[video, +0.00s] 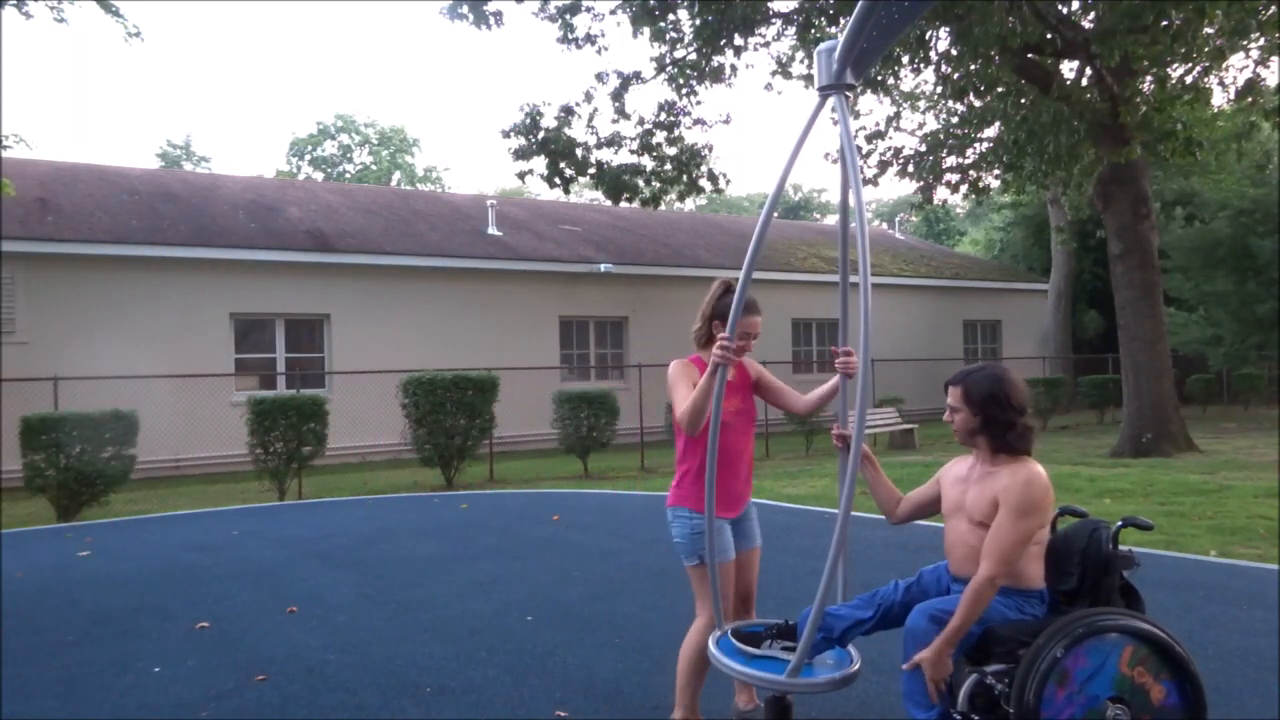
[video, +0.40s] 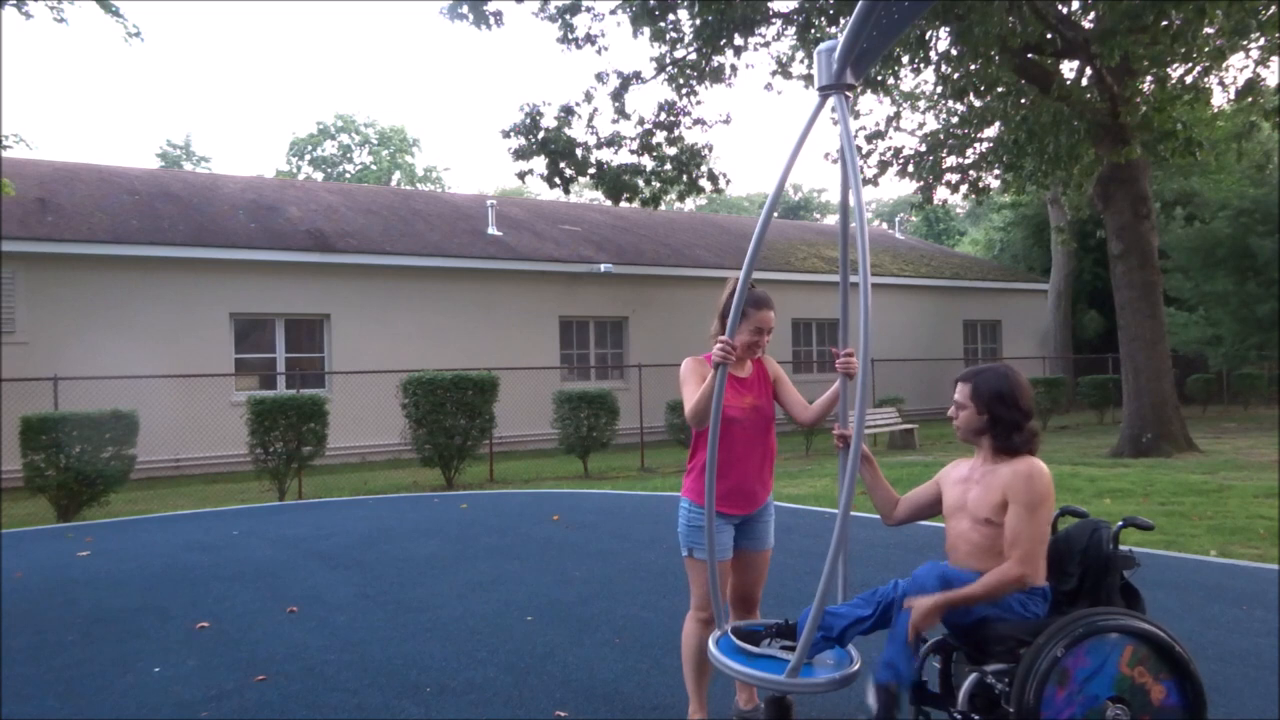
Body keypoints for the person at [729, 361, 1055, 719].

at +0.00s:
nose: (947, 418)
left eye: (955, 410)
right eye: (948, 409)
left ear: (987, 414)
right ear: (973, 415)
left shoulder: (1026, 480)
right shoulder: (957, 469)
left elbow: (992, 574)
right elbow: (898, 511)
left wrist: (944, 647)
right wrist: (863, 456)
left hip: (1014, 601)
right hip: (957, 582)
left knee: (924, 620)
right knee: (887, 599)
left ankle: (928, 712)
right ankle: (795, 636)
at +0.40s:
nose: (951, 413)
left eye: (960, 406)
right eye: (954, 404)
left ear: (991, 413)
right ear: (978, 414)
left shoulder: (1028, 474)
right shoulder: (956, 471)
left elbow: (1023, 569)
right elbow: (894, 513)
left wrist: (942, 603)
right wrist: (864, 460)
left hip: (1016, 601)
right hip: (961, 591)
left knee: (933, 574)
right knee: (894, 594)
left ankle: (888, 693)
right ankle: (798, 632)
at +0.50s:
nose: (949, 419)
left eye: (957, 412)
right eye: (950, 411)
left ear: (991, 416)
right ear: (976, 415)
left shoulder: (1029, 471)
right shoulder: (955, 472)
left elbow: (1032, 567)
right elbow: (893, 513)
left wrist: (947, 585)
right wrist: (863, 458)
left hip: (1019, 602)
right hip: (965, 592)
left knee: (944, 558)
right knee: (894, 593)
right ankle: (794, 636)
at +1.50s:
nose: (933, 410)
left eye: (944, 405)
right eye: (937, 402)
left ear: (974, 417)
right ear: (958, 416)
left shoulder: (1012, 465)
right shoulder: (940, 476)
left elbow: (1066, 544)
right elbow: (881, 513)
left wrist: (995, 605)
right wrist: (856, 454)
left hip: (1021, 598)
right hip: (967, 594)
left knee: (937, 572)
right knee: (896, 594)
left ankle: (855, 648)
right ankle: (796, 630)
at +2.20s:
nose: (898, 430)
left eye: (907, 421)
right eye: (897, 421)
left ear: (938, 422)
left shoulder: (982, 462)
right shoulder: (910, 465)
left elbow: (1051, 538)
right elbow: (885, 515)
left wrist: (1040, 620)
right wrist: (863, 463)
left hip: (1009, 589)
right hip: (951, 582)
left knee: (938, 591)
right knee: (890, 593)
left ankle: (851, 650)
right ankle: (791, 631)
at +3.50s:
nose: (910, 428)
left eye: (917, 419)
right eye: (907, 419)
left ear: (948, 414)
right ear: (915, 416)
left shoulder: (997, 467)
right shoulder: (920, 455)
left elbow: (1061, 544)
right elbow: (892, 515)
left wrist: (998, 601)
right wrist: (866, 463)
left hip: (986, 594)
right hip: (932, 584)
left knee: (921, 568)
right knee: (882, 577)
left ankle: (842, 646)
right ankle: (784, 631)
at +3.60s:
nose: (919, 428)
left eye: (928, 418)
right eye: (915, 419)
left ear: (959, 414)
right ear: (915, 414)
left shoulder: (1005, 469)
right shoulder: (926, 456)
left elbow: (1041, 555)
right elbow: (893, 514)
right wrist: (867, 461)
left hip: (995, 594)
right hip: (939, 581)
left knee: (913, 573)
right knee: (882, 578)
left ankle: (841, 647)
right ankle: (784, 631)